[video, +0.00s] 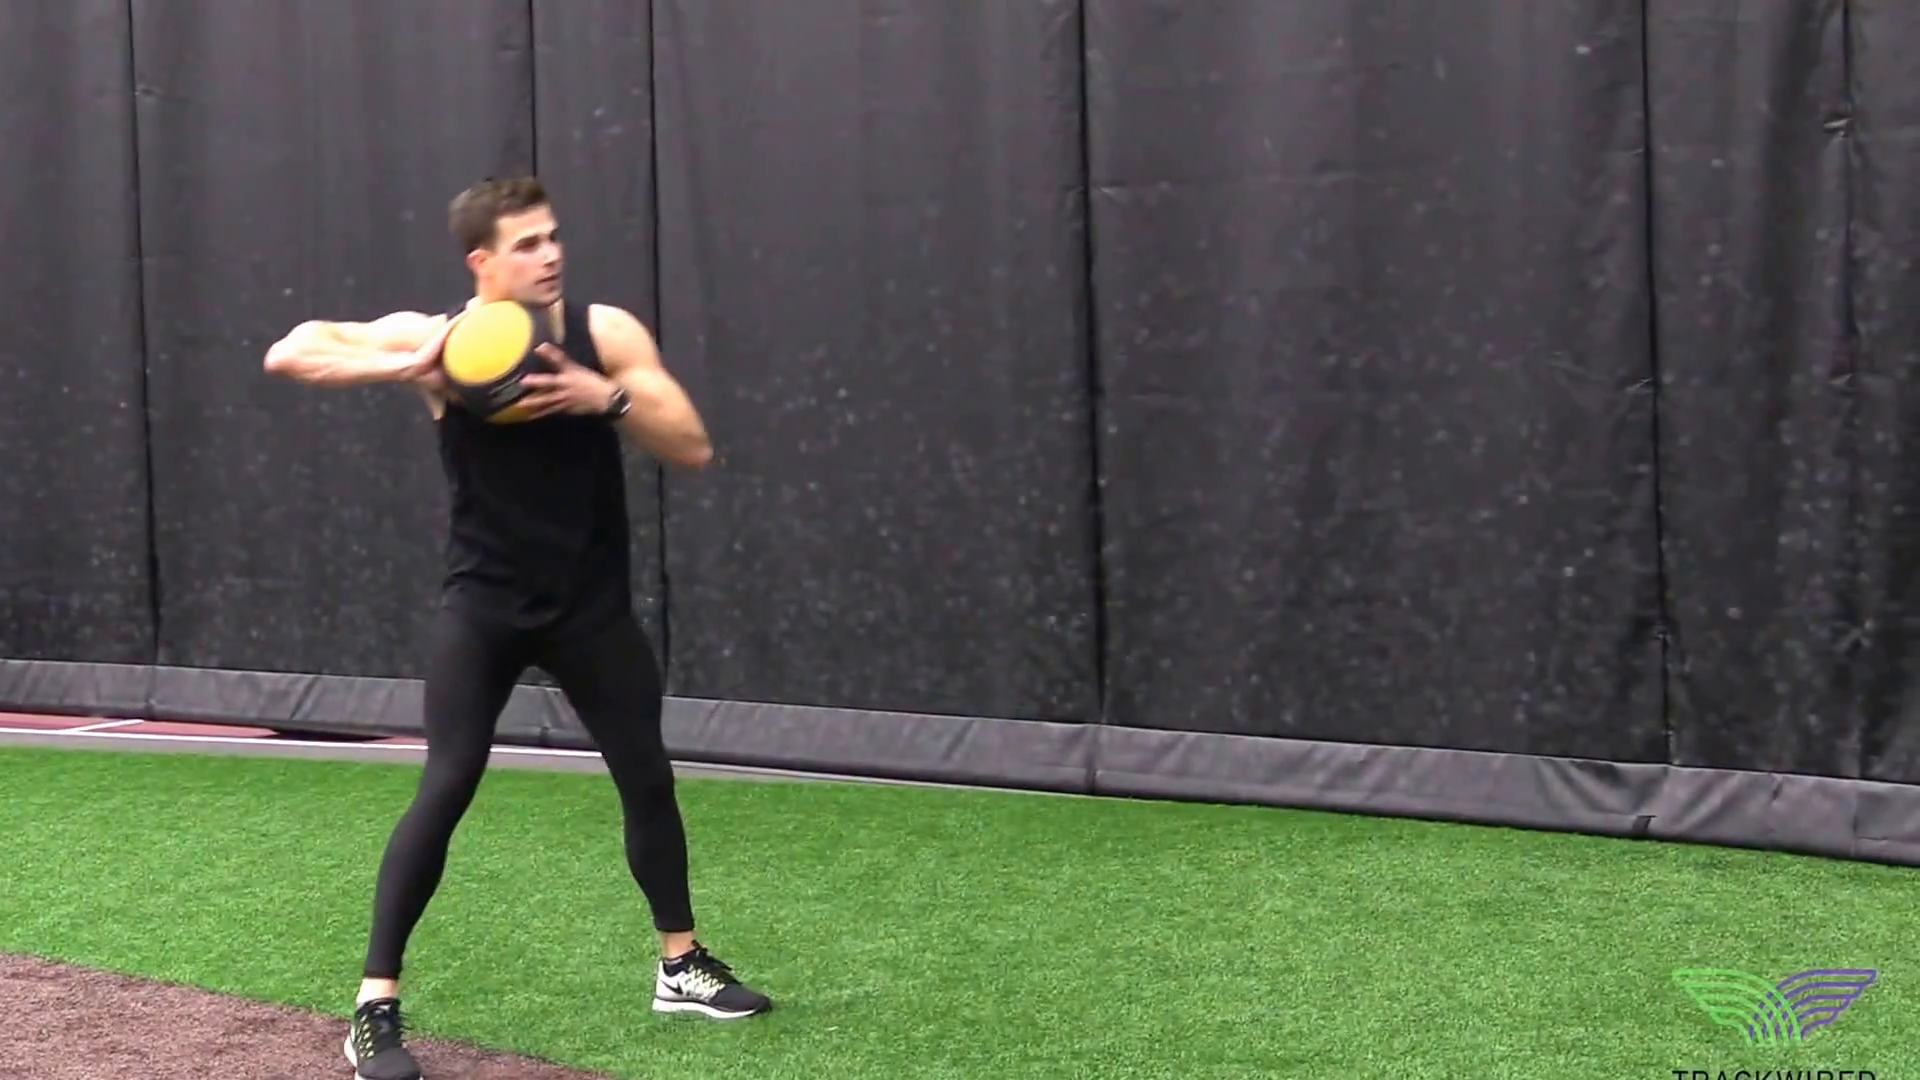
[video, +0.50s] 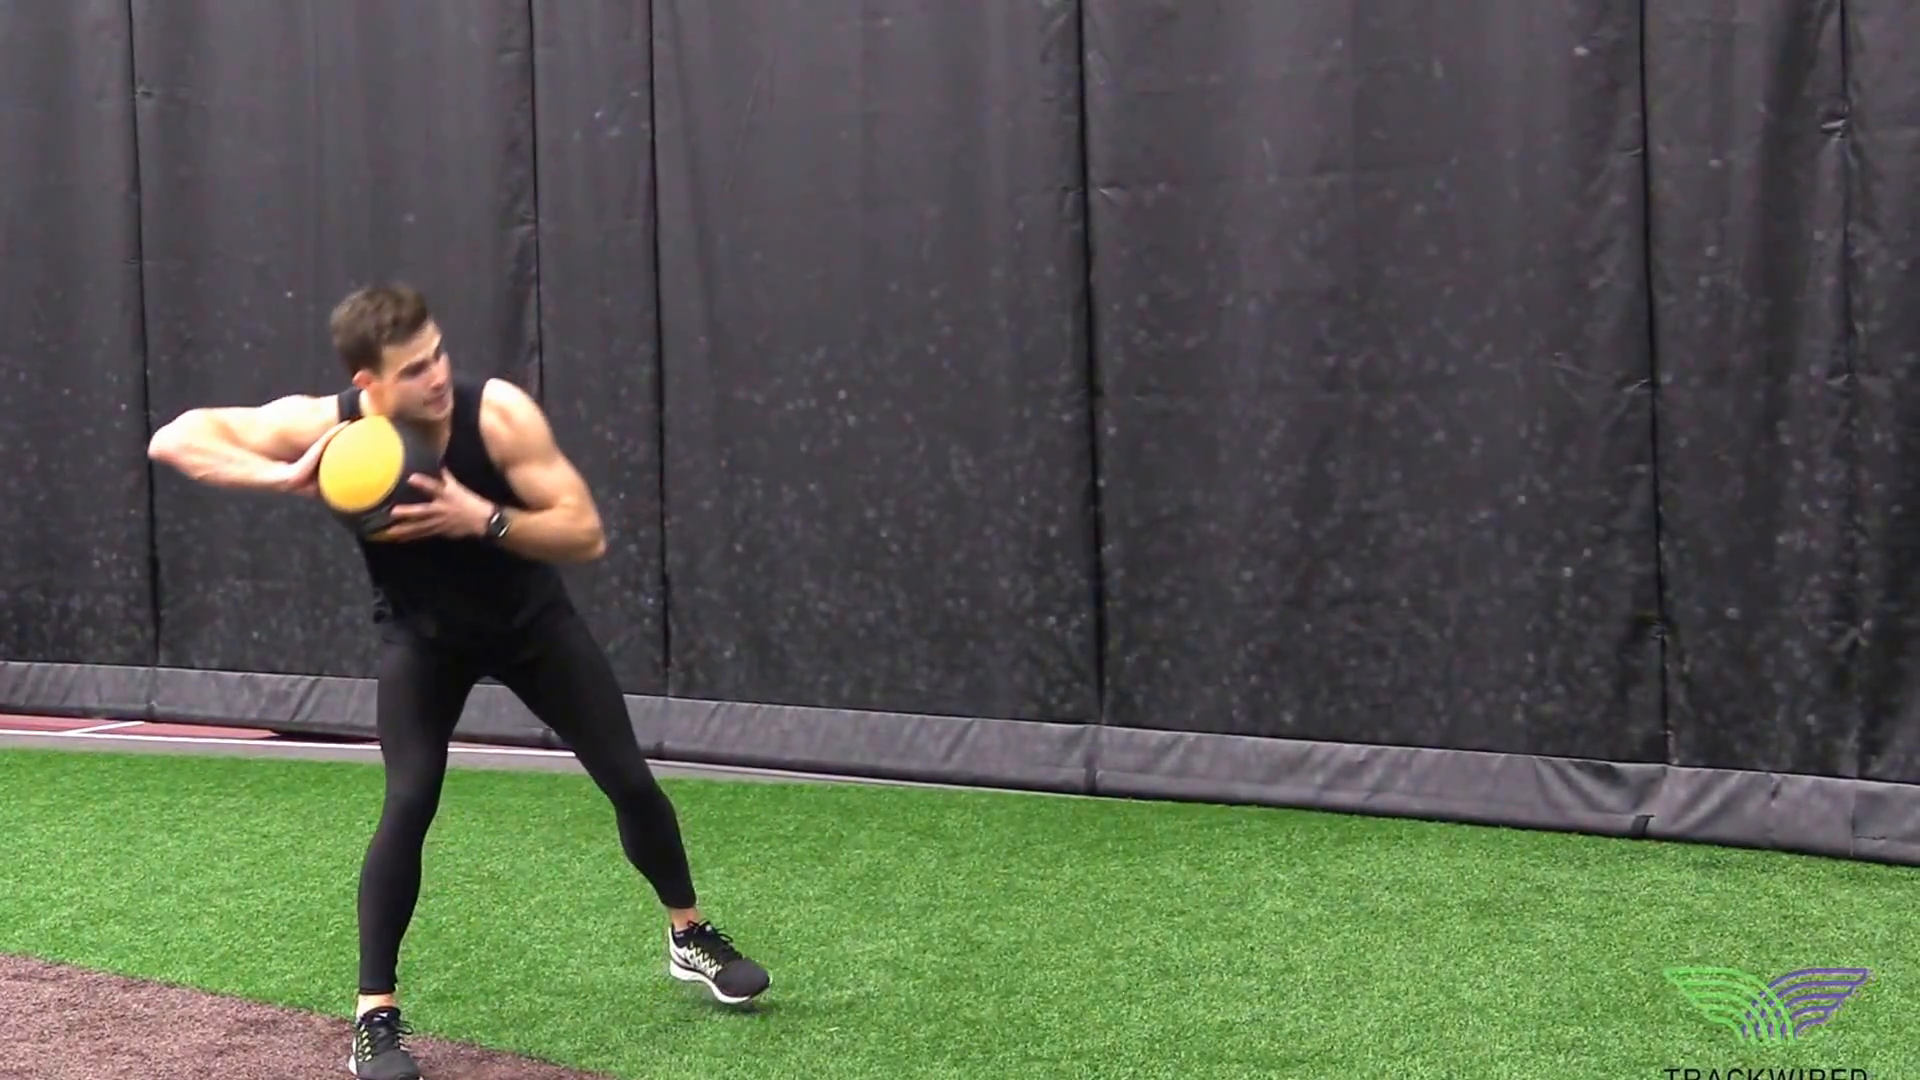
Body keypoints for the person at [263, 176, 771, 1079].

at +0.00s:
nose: (551, 257)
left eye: (554, 239)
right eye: (529, 246)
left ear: (562, 246)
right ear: (480, 265)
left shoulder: (608, 333)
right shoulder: (442, 338)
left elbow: (696, 449)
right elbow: (287, 354)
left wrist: (612, 397)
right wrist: (400, 362)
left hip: (592, 604)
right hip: (484, 604)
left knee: (648, 775)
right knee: (449, 782)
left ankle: (682, 962)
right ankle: (378, 994)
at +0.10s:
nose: (523, 278)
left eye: (527, 260)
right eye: (500, 267)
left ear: (537, 264)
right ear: (452, 284)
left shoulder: (583, 345)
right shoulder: (417, 354)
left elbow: (671, 462)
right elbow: (259, 373)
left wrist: (580, 422)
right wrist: (376, 388)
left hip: (579, 612)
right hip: (470, 612)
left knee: (648, 779)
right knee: (436, 789)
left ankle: (683, 961)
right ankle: (377, 1004)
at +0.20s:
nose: (496, 302)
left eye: (500, 283)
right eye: (472, 292)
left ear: (511, 284)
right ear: (425, 310)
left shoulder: (559, 361)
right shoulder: (382, 371)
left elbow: (645, 481)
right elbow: (234, 391)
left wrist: (551, 447)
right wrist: (343, 411)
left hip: (565, 618)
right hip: (453, 622)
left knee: (646, 782)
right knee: (430, 792)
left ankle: (685, 957)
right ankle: (378, 1006)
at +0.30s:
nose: (474, 327)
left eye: (476, 307)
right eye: (450, 318)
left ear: (484, 302)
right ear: (401, 336)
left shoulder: (537, 379)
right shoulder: (358, 391)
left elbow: (622, 499)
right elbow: (210, 407)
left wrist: (522, 472)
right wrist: (311, 432)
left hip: (550, 617)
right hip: (440, 625)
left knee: (642, 782)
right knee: (422, 792)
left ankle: (687, 950)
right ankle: (377, 1009)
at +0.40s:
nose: (455, 352)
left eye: (456, 332)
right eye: (432, 344)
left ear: (464, 322)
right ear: (382, 362)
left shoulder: (517, 397)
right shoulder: (340, 411)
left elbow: (601, 518)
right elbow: (189, 425)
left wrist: (501, 496)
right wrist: (292, 455)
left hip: (542, 619)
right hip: (431, 629)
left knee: (638, 782)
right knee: (415, 796)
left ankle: (690, 938)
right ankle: (377, 1010)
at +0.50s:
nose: (441, 376)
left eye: (440, 354)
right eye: (417, 368)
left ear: (448, 346)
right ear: (367, 384)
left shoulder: (501, 412)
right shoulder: (328, 427)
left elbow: (585, 535)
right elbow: (172, 441)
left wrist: (486, 518)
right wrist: (275, 473)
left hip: (535, 619)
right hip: (424, 636)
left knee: (631, 781)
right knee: (409, 800)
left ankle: (692, 933)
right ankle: (377, 1011)